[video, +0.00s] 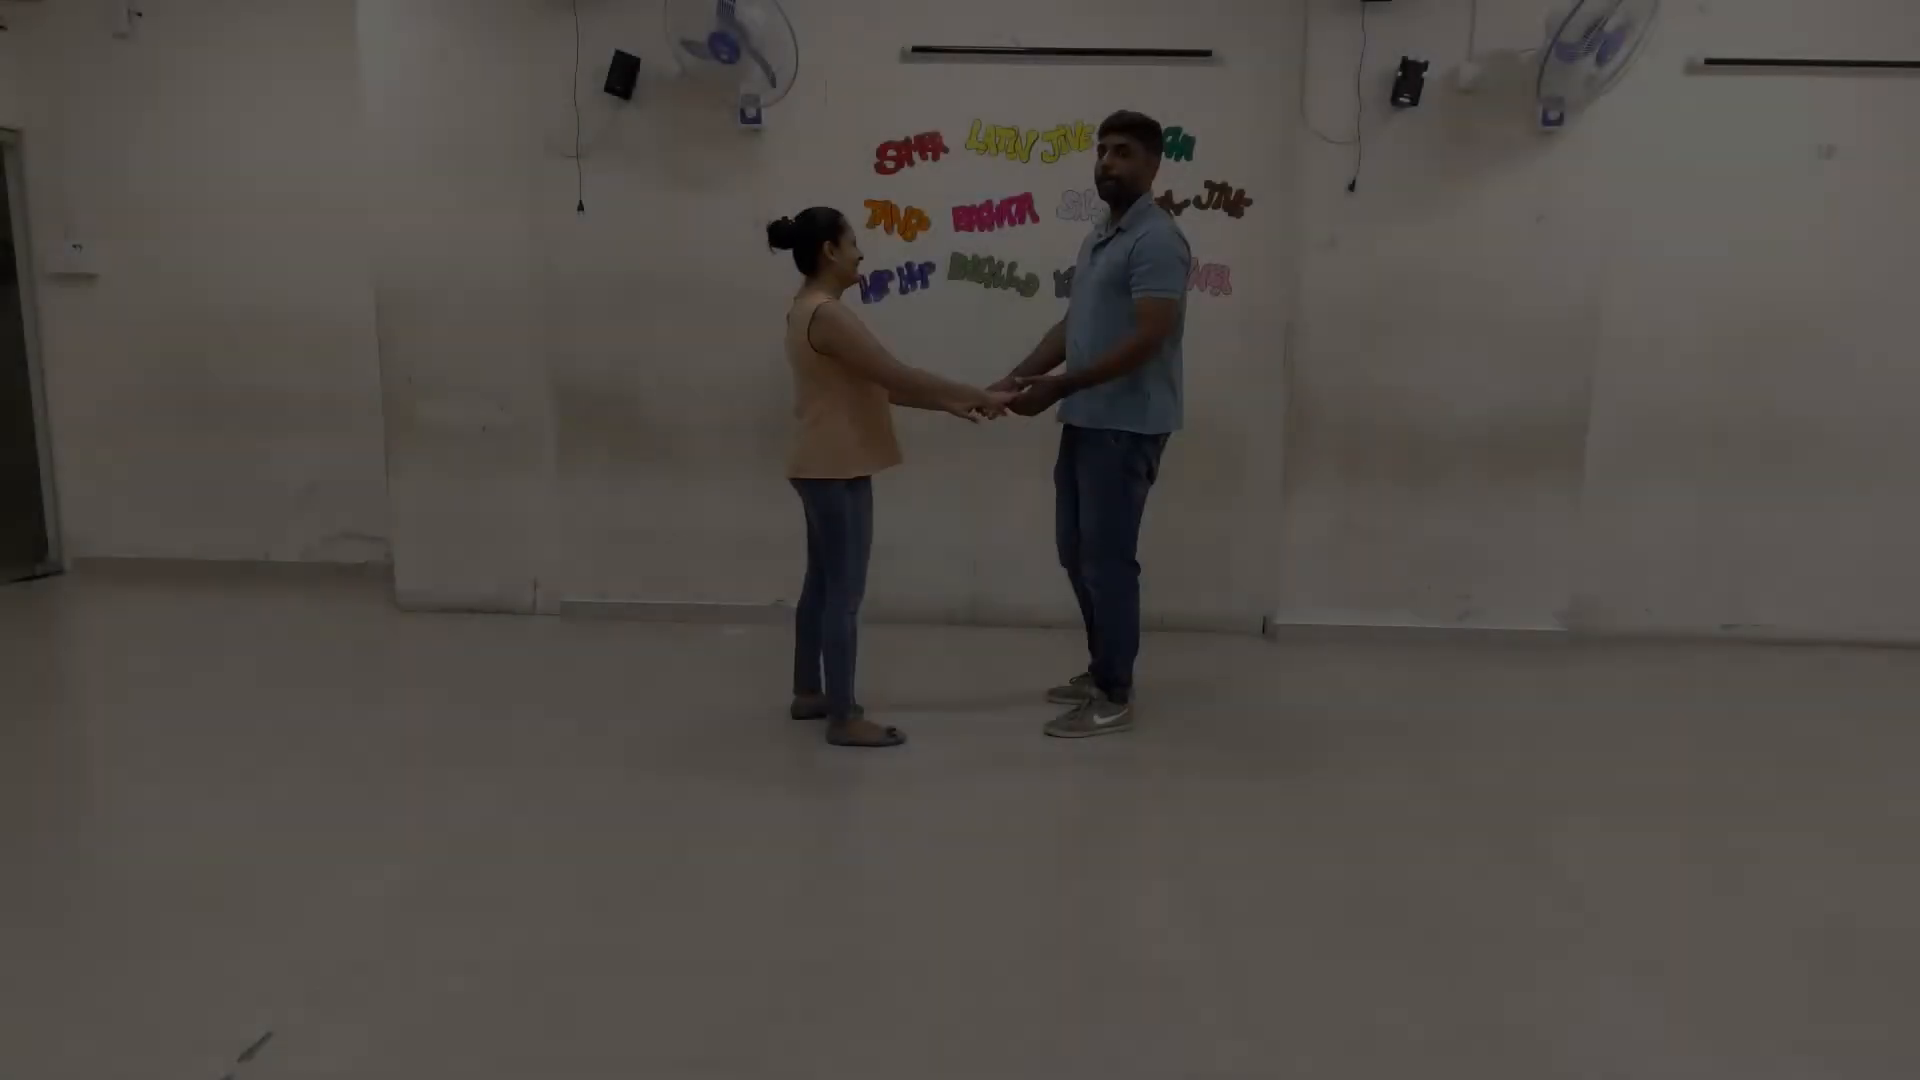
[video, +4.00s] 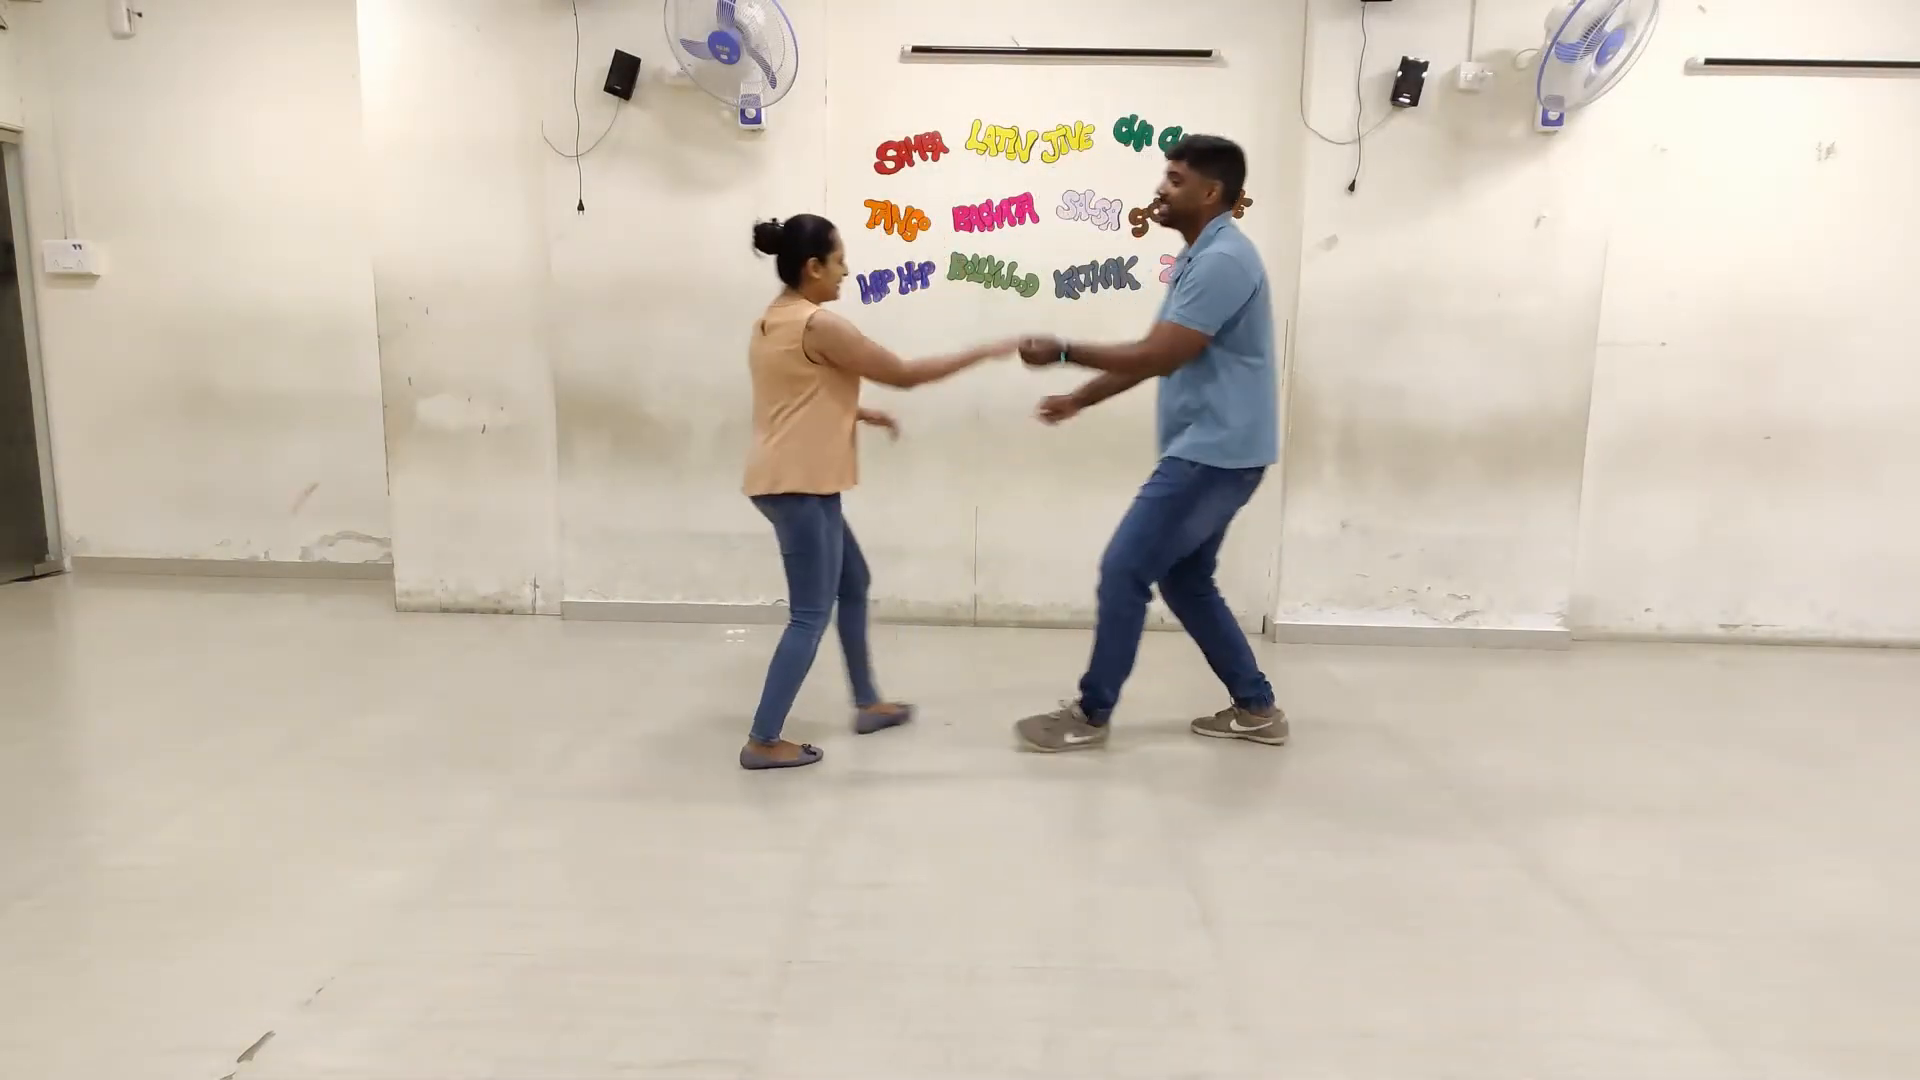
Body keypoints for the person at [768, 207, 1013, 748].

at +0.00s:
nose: (861, 254)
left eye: (857, 244)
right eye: (854, 245)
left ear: (820, 254)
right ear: (829, 252)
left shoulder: (808, 311)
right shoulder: (827, 315)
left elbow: (885, 386)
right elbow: (895, 375)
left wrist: (953, 404)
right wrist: (975, 394)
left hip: (820, 468)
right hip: (840, 470)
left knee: (822, 582)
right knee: (845, 594)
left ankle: (809, 693)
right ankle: (844, 717)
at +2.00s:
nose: (833, 247)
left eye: (830, 238)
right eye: (817, 246)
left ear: (836, 248)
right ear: (795, 269)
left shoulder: (856, 313)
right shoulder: (802, 324)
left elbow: (896, 386)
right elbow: (858, 387)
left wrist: (955, 411)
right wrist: (947, 402)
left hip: (873, 466)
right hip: (830, 473)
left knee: (864, 586)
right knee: (846, 589)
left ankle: (849, 689)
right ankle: (828, 708)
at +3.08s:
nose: (900, 267)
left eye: (896, 258)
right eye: (889, 259)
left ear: (865, 272)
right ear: (860, 271)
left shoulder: (871, 332)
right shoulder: (853, 334)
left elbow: (903, 418)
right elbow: (889, 422)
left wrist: (981, 420)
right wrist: (977, 429)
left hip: (882, 493)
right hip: (849, 496)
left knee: (933, 584)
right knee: (863, 614)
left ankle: (923, 706)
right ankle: (799, 719)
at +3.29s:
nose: (947, 246)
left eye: (943, 238)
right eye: (936, 238)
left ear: (911, 250)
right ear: (907, 249)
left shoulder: (919, 311)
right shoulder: (900, 314)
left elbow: (926, 398)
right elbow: (917, 404)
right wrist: (993, 380)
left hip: (930, 469)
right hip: (900, 473)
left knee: (951, 587)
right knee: (931, 594)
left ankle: (925, 702)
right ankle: (842, 685)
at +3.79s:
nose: (903, 266)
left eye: (900, 256)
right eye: (895, 257)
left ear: (863, 264)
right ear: (868, 263)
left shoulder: (851, 319)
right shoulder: (857, 322)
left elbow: (898, 393)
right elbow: (913, 397)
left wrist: (950, 374)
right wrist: (999, 376)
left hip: (871, 484)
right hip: (853, 486)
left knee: (907, 588)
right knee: (862, 613)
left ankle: (924, 707)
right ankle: (779, 721)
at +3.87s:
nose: (872, 271)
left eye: (869, 261)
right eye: (865, 262)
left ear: (830, 269)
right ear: (838, 268)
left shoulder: (808, 323)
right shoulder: (832, 329)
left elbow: (873, 396)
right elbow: (898, 403)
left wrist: (927, 395)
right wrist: (984, 400)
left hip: (826, 487)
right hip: (822, 490)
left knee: (877, 589)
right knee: (829, 618)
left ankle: (915, 705)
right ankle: (765, 738)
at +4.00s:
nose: (845, 270)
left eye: (843, 261)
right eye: (839, 262)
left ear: (802, 267)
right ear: (812, 268)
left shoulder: (772, 323)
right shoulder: (821, 326)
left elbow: (800, 398)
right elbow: (904, 374)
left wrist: (862, 416)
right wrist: (984, 353)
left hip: (780, 480)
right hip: (803, 486)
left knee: (852, 580)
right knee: (811, 614)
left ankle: (868, 706)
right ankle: (763, 741)